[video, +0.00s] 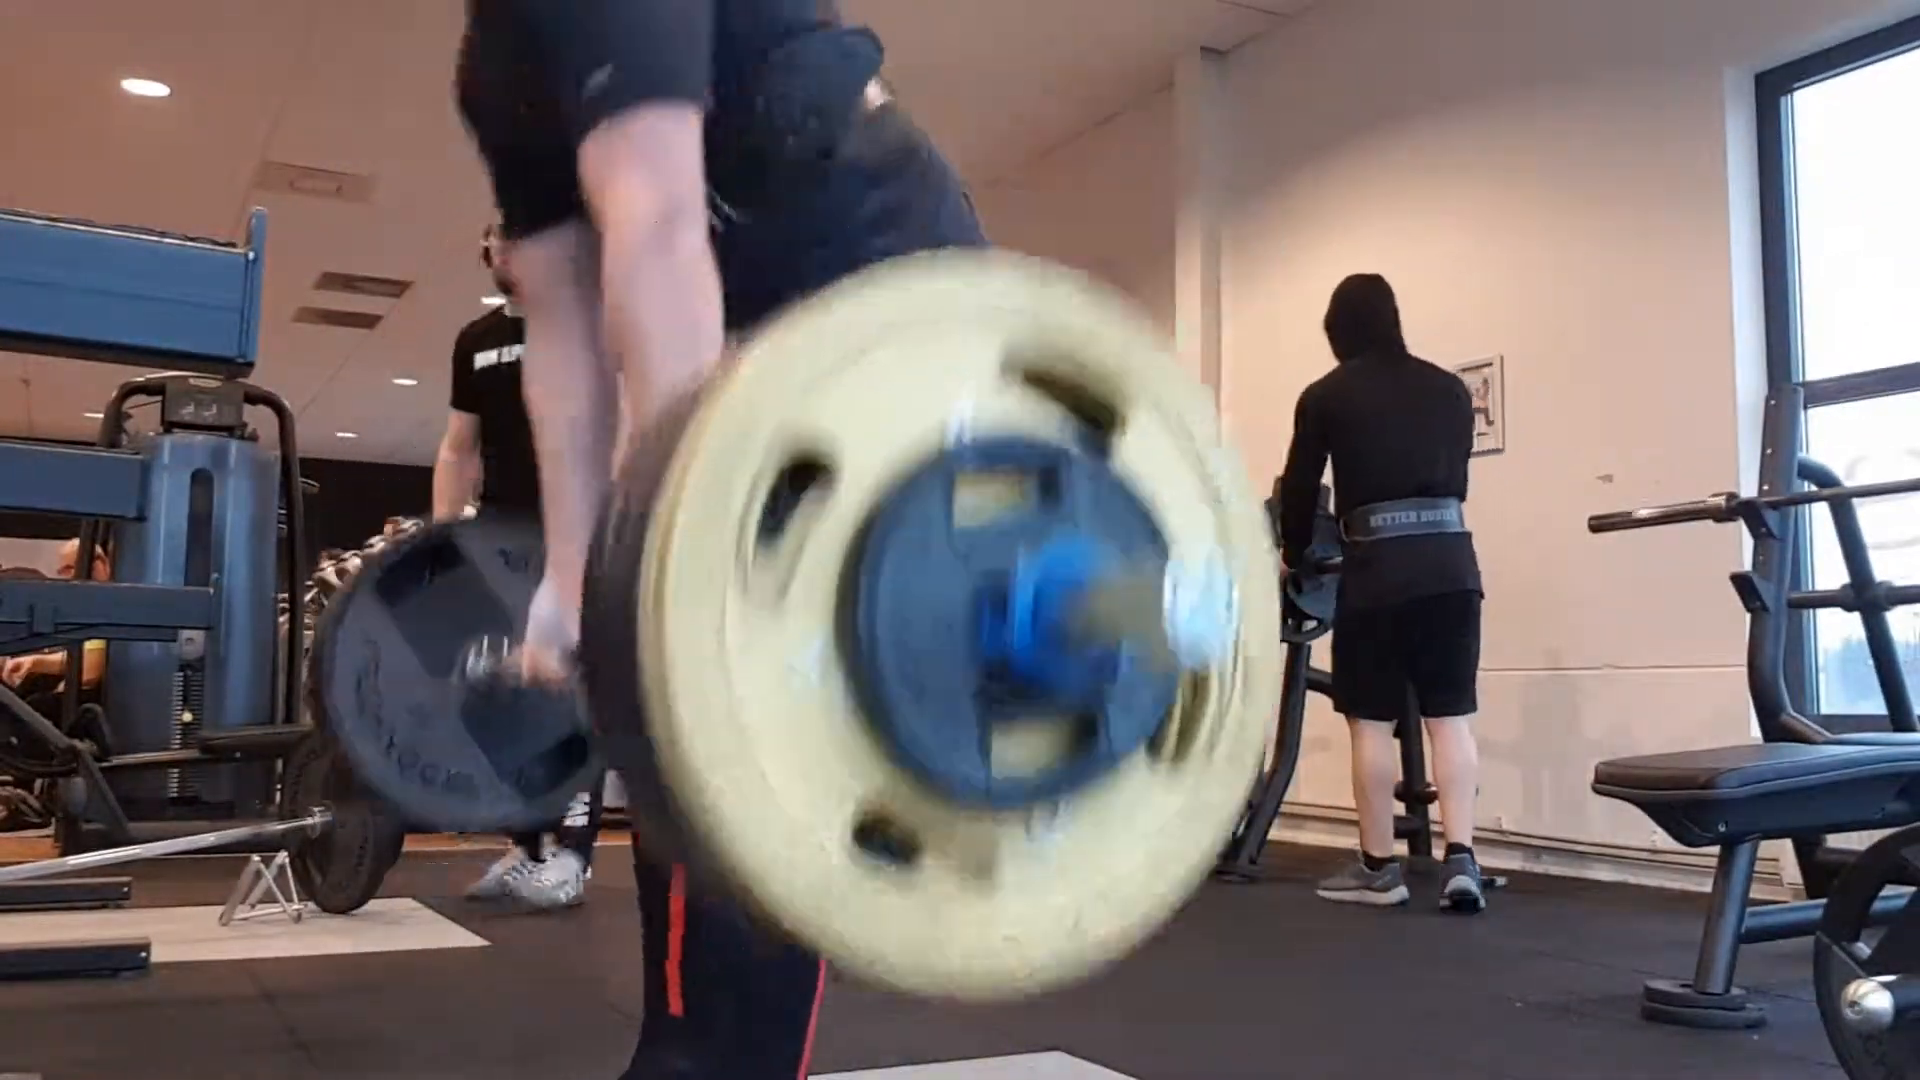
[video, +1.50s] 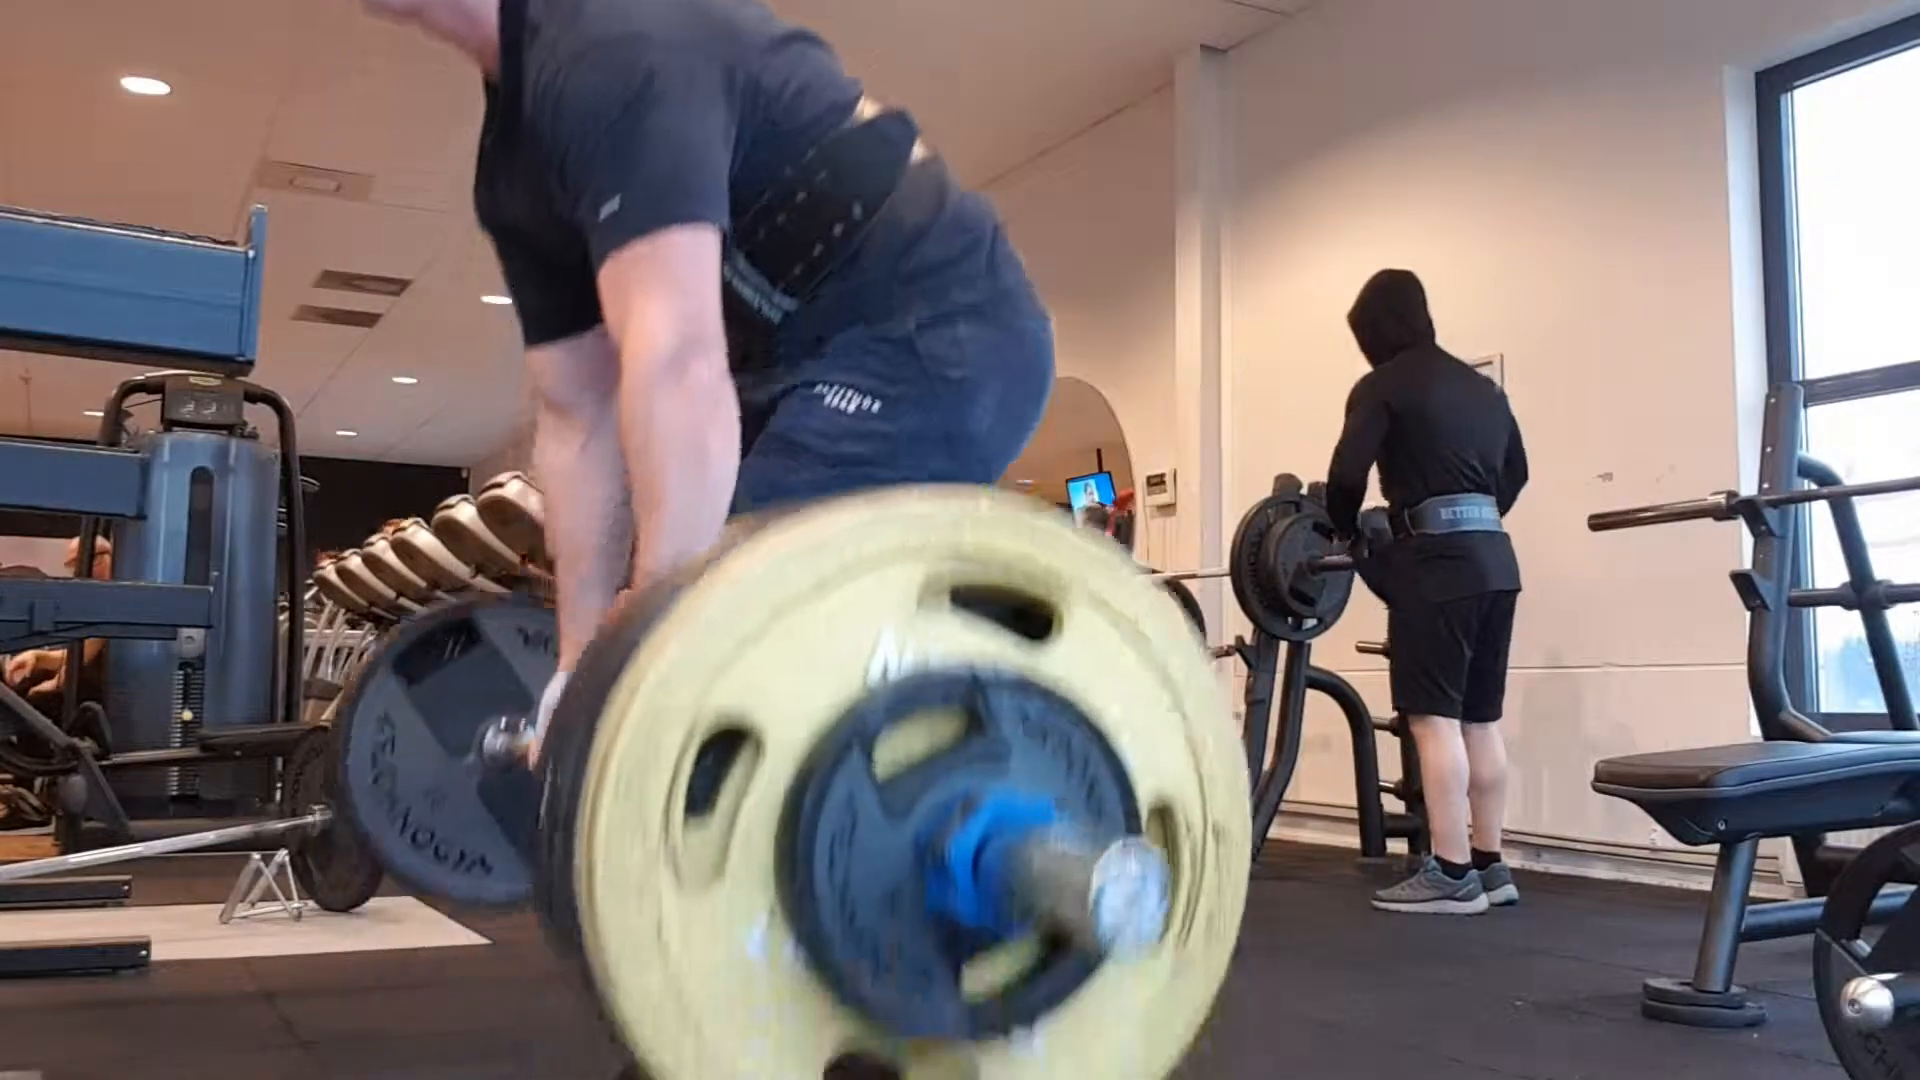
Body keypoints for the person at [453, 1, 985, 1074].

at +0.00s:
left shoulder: (609, 7)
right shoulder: (497, 51)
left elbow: (662, 230)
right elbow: (558, 307)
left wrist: (673, 550)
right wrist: (568, 566)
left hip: (884, 338)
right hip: (771, 352)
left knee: (743, 707)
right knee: (681, 695)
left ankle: (723, 1049)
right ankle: (696, 1040)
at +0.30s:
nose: (277, 418)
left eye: (259, 373)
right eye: (252, 389)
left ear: (310, 309)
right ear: (321, 296)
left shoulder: (546, 307)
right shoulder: (454, 371)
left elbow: (706, 550)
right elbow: (580, 575)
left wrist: (696, 856)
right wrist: (566, 824)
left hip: (941, 430)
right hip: (819, 445)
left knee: (630, 671)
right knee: (554, 662)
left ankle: (711, 965)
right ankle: (630, 994)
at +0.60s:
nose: (283, 301)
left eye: (272, 256)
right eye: (259, 279)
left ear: (334, 182)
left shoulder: (552, 284)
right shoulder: (449, 376)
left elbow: (637, 607)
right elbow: (523, 622)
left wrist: (645, 913)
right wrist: (537, 865)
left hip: (929, 476)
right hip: (816, 498)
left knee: (600, 681)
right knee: (525, 681)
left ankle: (697, 974)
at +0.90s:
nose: (275, 186)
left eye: (280, 143)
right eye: (260, 157)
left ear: (373, 93)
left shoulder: (562, 241)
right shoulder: (461, 329)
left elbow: (636, 573)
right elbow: (537, 589)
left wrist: (639, 878)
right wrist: (542, 853)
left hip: (911, 466)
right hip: (804, 483)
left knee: (565, 689)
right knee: (505, 688)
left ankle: (669, 1000)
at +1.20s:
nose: (285, 97)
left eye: (300, 54)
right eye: (280, 64)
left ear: (399, 35)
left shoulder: (577, 190)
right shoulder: (477, 288)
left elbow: (654, 521)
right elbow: (550, 538)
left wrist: (647, 832)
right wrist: (558, 790)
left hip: (921, 414)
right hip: (805, 438)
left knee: (613, 663)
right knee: (548, 661)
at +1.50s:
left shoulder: (617, 57)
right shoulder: (512, 160)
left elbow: (681, 365)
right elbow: (574, 413)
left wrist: (661, 651)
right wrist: (582, 668)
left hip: (926, 336)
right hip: (809, 366)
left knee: (737, 646)